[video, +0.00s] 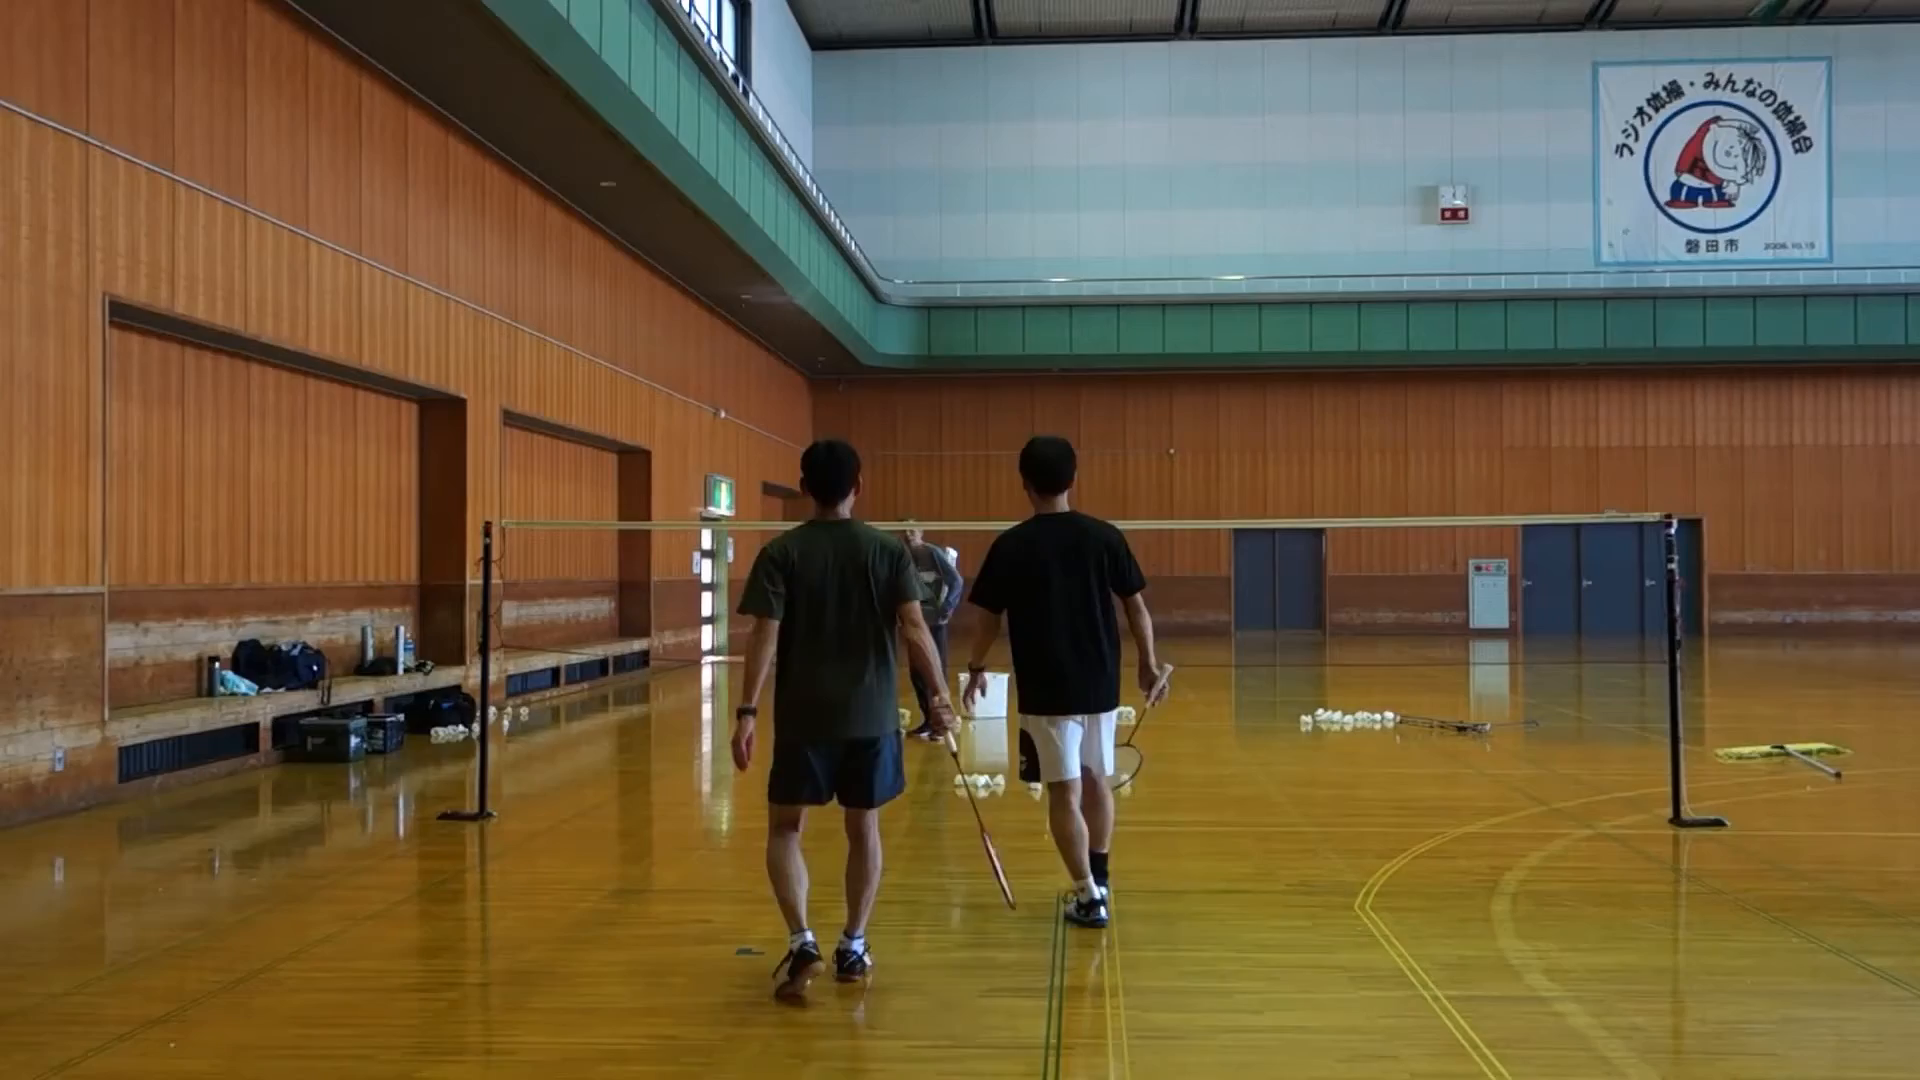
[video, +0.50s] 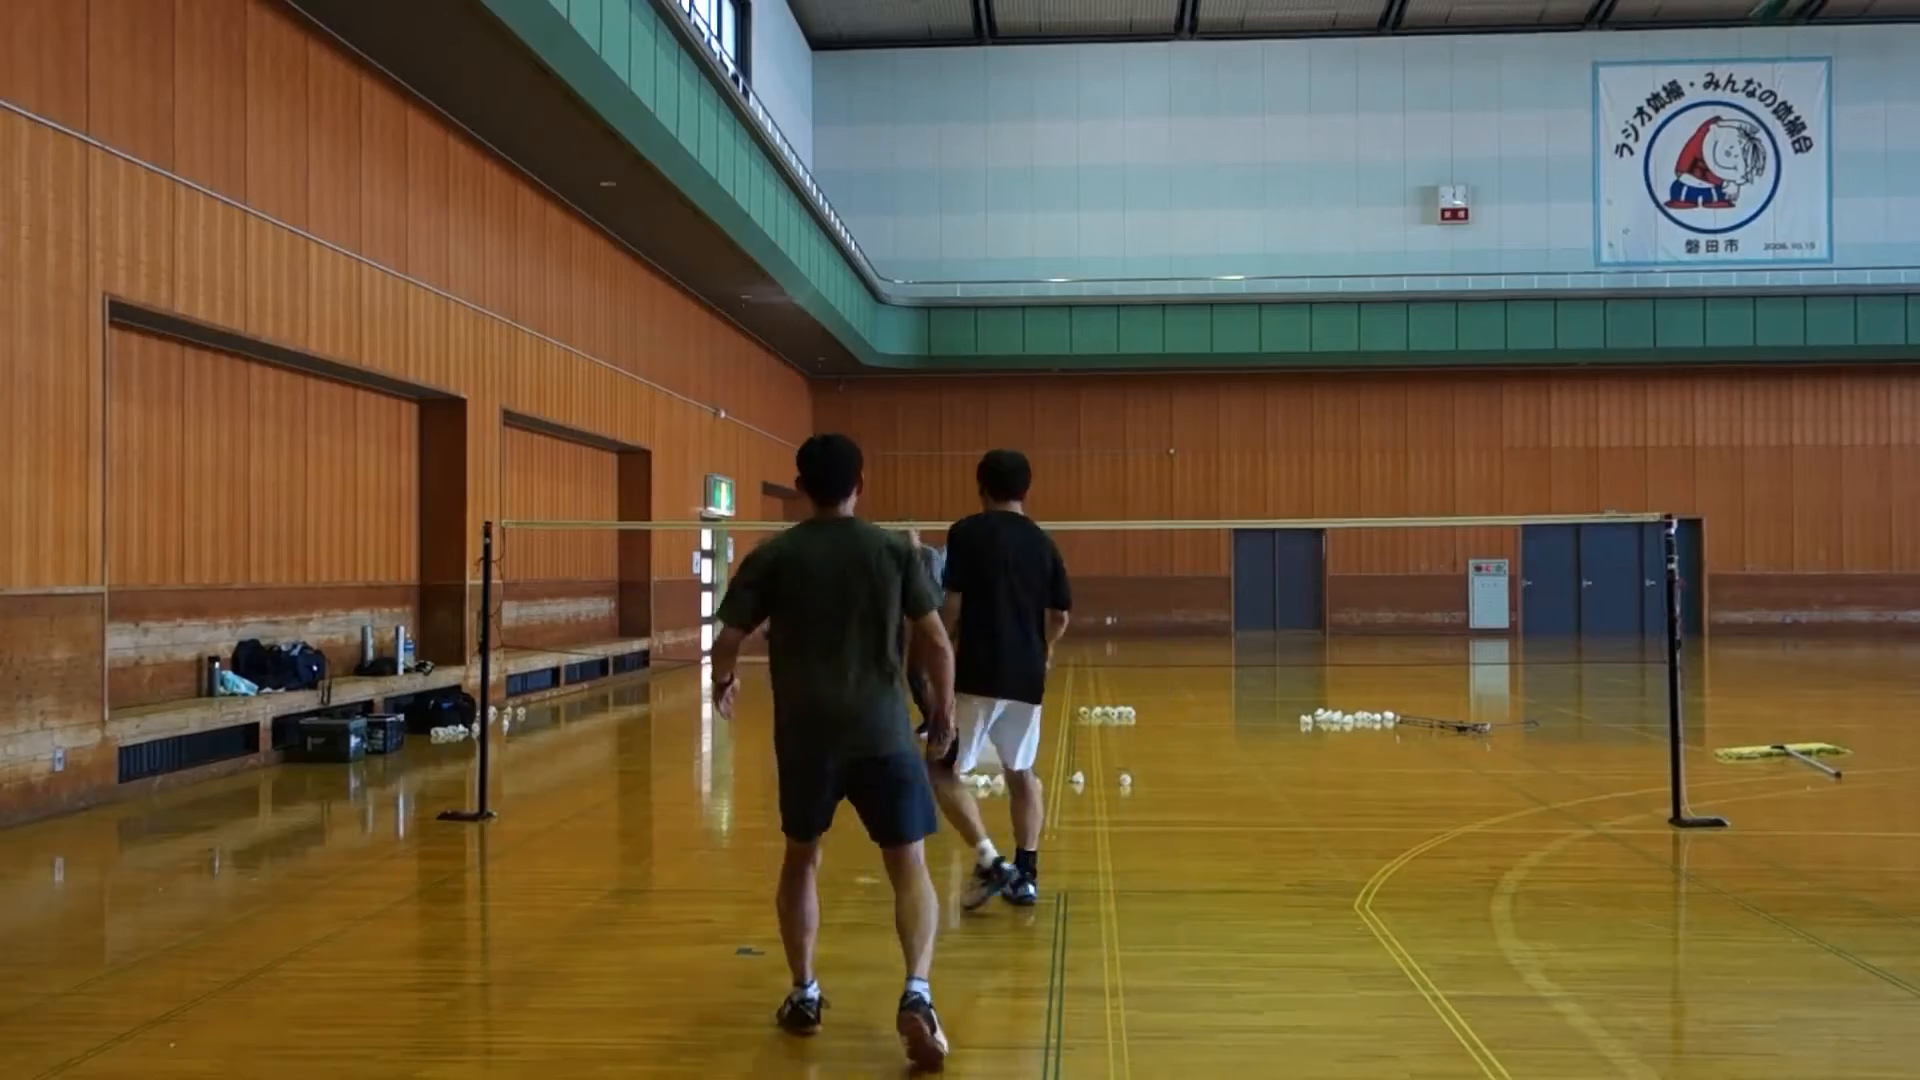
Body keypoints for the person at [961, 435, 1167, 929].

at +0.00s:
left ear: (1025, 482)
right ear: (1073, 480)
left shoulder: (1010, 546)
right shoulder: (1104, 537)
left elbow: (988, 618)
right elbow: (1136, 606)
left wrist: (975, 666)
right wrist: (1150, 664)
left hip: (1044, 690)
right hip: (1100, 685)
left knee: (1063, 793)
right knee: (1097, 778)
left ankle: (1089, 897)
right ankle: (1097, 875)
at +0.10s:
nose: (1014, 486)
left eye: (1015, 480)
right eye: (1016, 479)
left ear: (1020, 485)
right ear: (1066, 484)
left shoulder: (1005, 545)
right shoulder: (1094, 539)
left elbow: (981, 616)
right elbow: (1125, 611)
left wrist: (968, 657)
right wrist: (1136, 664)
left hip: (1032, 690)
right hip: (1087, 687)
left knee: (1058, 794)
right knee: (1075, 787)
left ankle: (1089, 896)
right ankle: (1049, 868)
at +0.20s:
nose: (1006, 494)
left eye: (1008, 486)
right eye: (1007, 486)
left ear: (1017, 488)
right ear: (1057, 489)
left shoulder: (999, 544)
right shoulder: (1083, 543)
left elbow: (975, 617)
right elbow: (1113, 615)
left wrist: (962, 651)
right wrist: (1118, 665)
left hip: (1020, 686)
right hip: (1071, 686)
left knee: (1046, 791)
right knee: (1048, 785)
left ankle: (1087, 892)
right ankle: (1027, 875)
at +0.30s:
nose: (1000, 494)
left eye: (1002, 487)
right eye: (1002, 486)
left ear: (1011, 488)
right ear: (1050, 489)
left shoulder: (992, 538)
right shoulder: (1072, 545)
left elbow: (975, 606)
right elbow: (1096, 617)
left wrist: (965, 658)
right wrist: (1091, 662)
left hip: (1007, 682)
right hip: (1054, 683)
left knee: (1019, 788)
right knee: (1041, 781)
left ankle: (1073, 879)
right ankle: (1024, 874)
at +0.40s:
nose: (991, 492)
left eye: (993, 485)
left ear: (997, 488)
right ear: (1041, 490)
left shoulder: (979, 535)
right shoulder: (1058, 545)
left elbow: (967, 608)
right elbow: (1076, 619)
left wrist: (957, 656)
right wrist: (1065, 661)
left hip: (992, 676)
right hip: (1039, 680)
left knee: (977, 777)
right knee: (1025, 773)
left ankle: (1039, 861)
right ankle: (1023, 873)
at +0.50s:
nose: (978, 493)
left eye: (979, 486)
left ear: (981, 488)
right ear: (1026, 489)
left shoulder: (965, 532)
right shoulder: (1042, 541)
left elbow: (951, 603)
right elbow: (1059, 612)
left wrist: (944, 653)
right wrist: (1045, 650)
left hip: (975, 673)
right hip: (1026, 677)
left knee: (942, 769)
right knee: (1021, 771)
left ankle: (988, 860)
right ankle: (1025, 874)